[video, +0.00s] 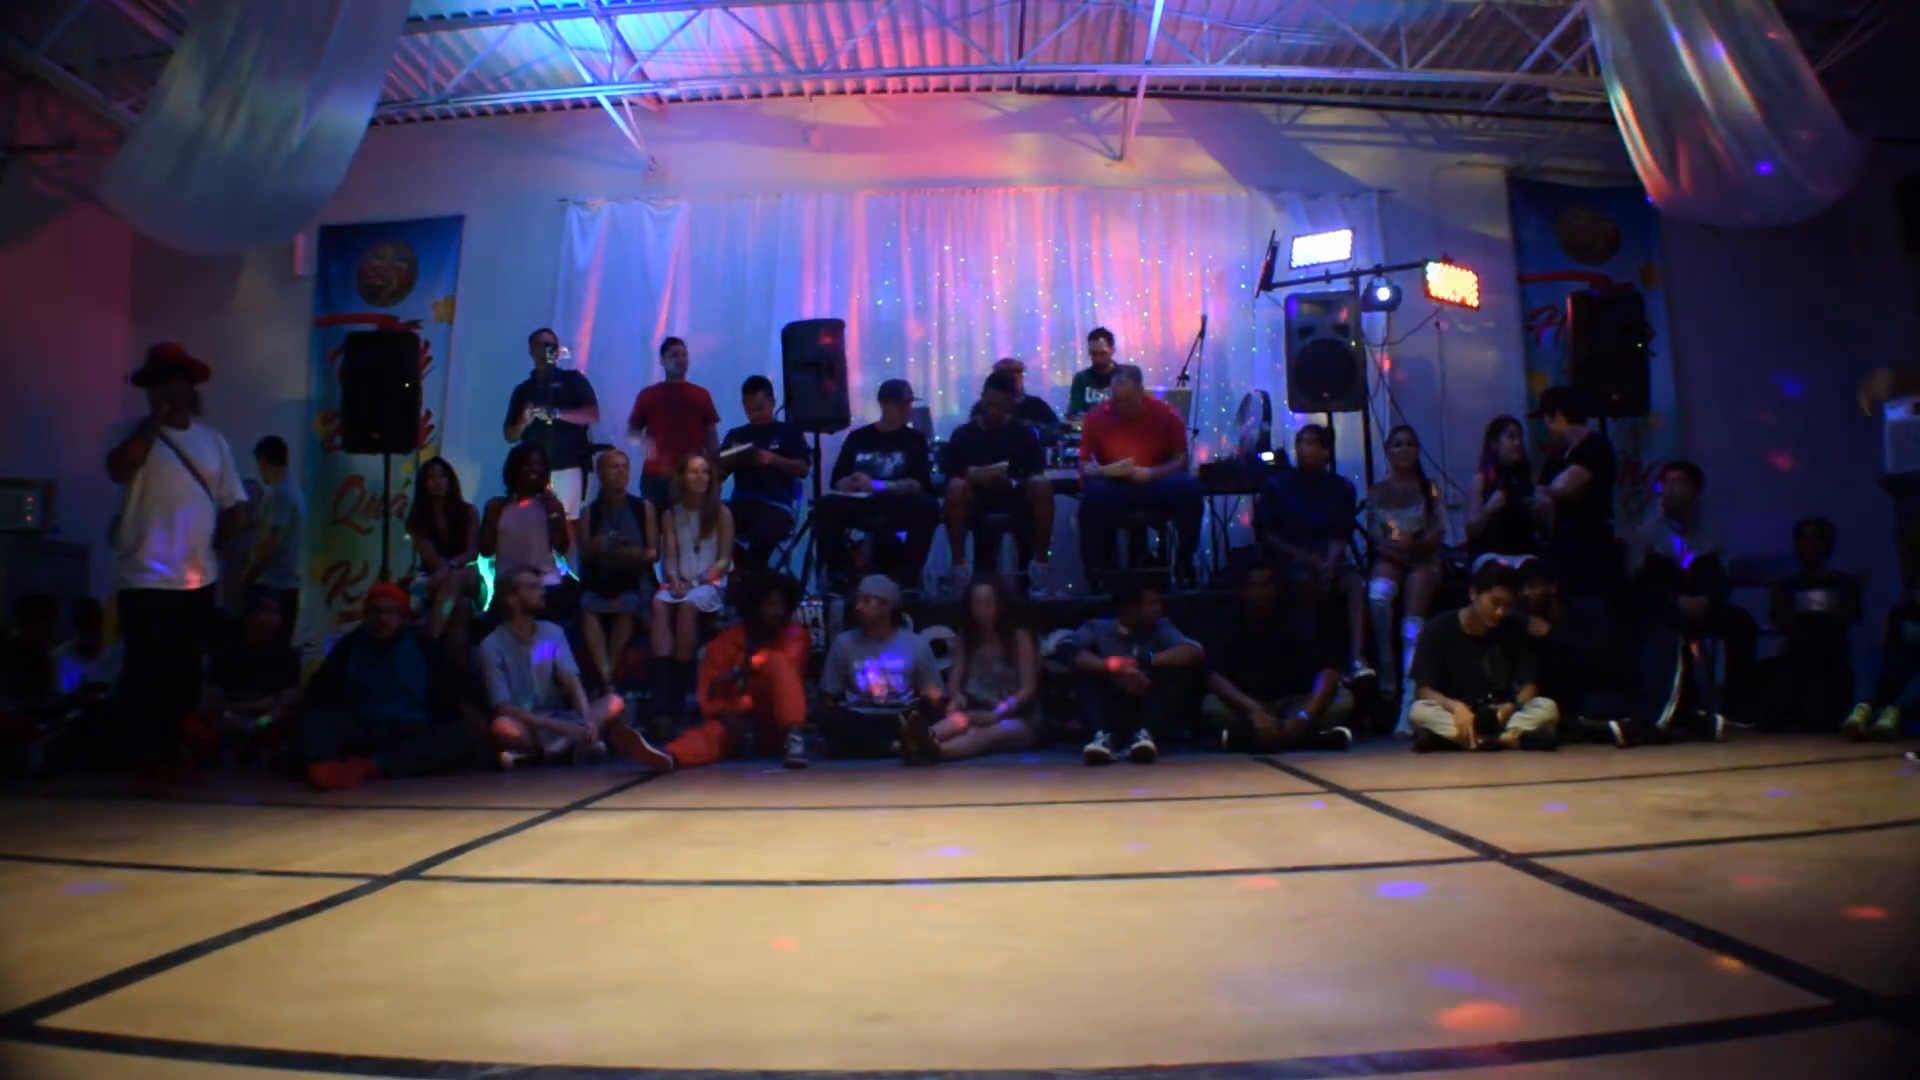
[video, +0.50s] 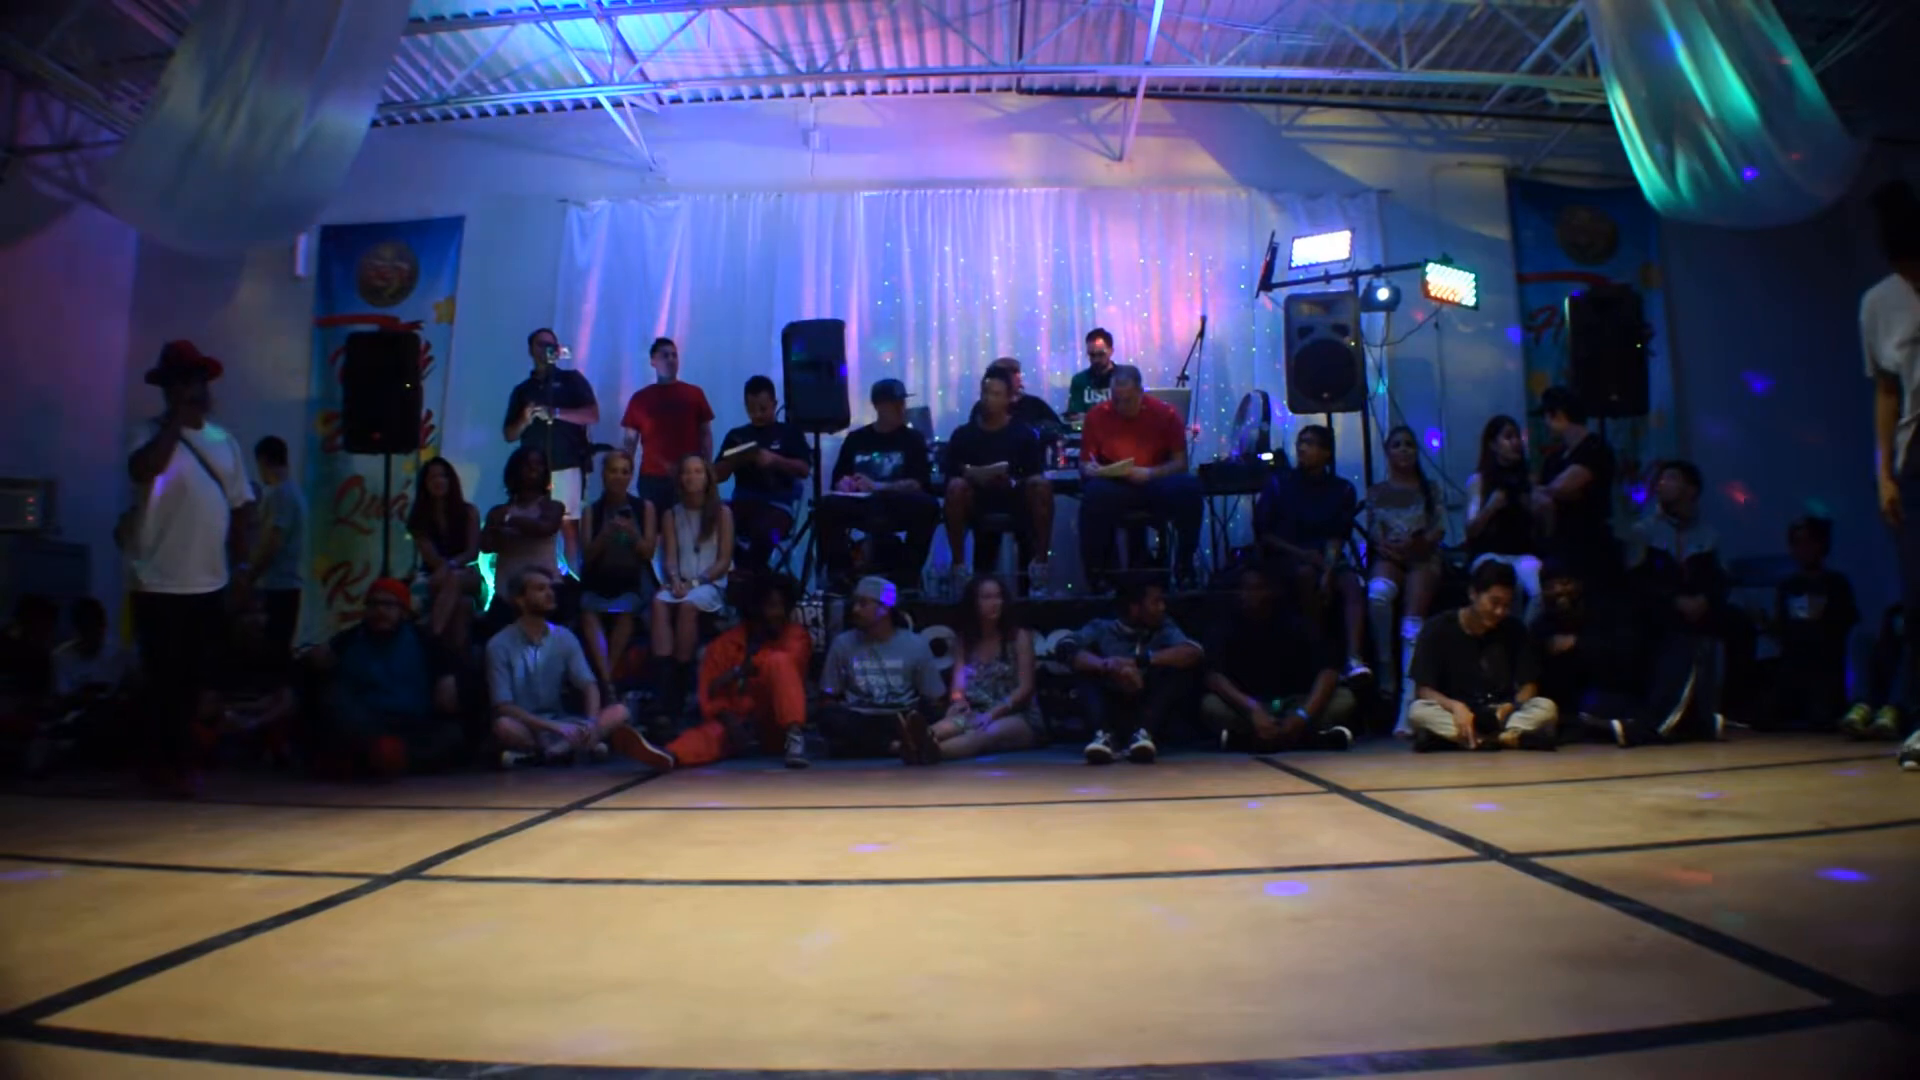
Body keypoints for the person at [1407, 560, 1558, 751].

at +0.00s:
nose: (1500, 612)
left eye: (1506, 606)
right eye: (1495, 603)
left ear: (1512, 606)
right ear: (1474, 595)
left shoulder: (1512, 630)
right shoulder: (1439, 629)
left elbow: (1530, 686)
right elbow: (1424, 690)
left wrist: (1509, 708)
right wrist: (1457, 707)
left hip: (1501, 707)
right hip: (1459, 711)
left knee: (1547, 707)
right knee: (1419, 711)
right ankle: (1505, 741)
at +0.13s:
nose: (1498, 612)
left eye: (1504, 606)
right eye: (1492, 603)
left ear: (1510, 606)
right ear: (1472, 595)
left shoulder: (1511, 630)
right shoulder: (1437, 628)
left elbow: (1528, 686)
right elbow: (1422, 690)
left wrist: (1508, 707)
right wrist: (1456, 707)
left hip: (1499, 705)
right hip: (1455, 708)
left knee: (1545, 707)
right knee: (1417, 711)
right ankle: (1504, 740)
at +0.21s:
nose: (1497, 612)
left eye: (1504, 605)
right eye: (1492, 603)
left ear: (1510, 605)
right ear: (1471, 595)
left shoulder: (1511, 630)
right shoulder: (1436, 629)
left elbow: (1527, 685)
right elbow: (1422, 690)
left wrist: (1507, 707)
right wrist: (1455, 707)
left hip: (1499, 705)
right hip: (1455, 708)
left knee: (1544, 707)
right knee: (1417, 711)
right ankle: (1503, 740)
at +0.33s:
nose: (1499, 612)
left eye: (1505, 606)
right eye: (1493, 603)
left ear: (1511, 605)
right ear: (1473, 595)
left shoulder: (1513, 631)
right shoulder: (1438, 629)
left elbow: (1529, 685)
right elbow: (1423, 690)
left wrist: (1510, 707)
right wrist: (1456, 708)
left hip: (1500, 706)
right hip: (1456, 709)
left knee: (1546, 707)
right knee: (1418, 711)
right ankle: (1505, 740)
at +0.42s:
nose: (1500, 612)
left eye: (1506, 606)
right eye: (1494, 603)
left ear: (1511, 605)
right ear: (1473, 595)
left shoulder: (1514, 630)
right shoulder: (1438, 629)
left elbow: (1529, 686)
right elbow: (1423, 690)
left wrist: (1511, 706)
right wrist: (1456, 707)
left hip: (1500, 705)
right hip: (1457, 708)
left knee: (1546, 707)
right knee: (1418, 711)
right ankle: (1506, 740)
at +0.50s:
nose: (1500, 612)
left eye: (1506, 606)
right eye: (1494, 603)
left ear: (1511, 605)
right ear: (1473, 595)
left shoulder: (1513, 631)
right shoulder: (1438, 629)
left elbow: (1529, 686)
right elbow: (1423, 690)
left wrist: (1511, 706)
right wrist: (1456, 707)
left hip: (1501, 705)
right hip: (1457, 707)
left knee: (1546, 707)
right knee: (1418, 711)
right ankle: (1506, 740)